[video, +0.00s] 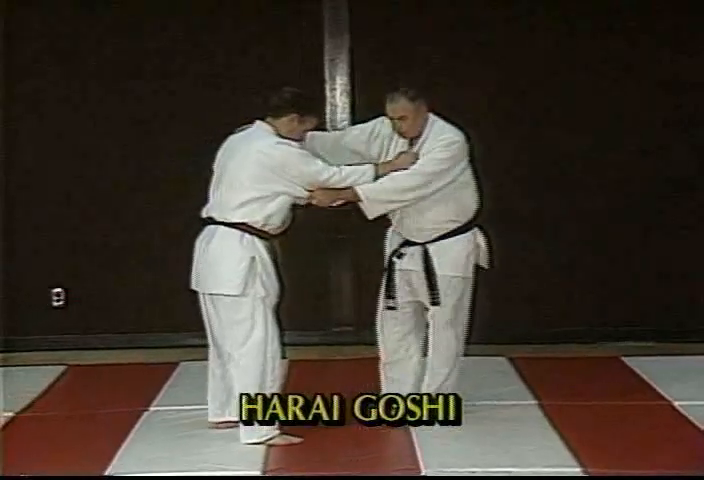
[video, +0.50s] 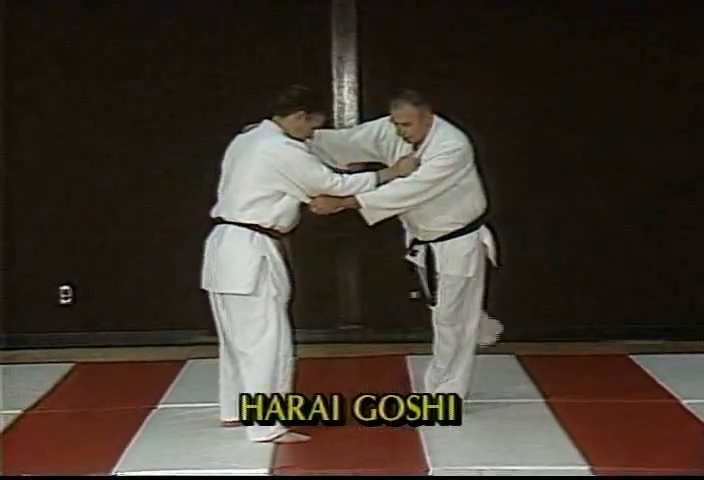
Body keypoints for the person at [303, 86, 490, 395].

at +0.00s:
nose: (397, 128)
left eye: (403, 120)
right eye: (393, 121)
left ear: (423, 112)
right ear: (388, 117)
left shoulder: (449, 142)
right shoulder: (384, 132)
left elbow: (413, 183)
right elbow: (338, 142)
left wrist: (349, 194)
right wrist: (289, 140)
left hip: (449, 244)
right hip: (402, 242)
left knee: (444, 330)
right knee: (396, 328)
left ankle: (436, 411)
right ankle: (396, 408)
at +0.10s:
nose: (398, 130)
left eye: (404, 122)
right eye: (393, 123)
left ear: (424, 114)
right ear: (388, 119)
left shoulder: (450, 143)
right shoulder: (386, 133)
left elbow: (412, 186)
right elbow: (340, 142)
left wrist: (346, 199)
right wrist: (289, 140)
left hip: (453, 243)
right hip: (408, 241)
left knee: (447, 328)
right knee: (403, 325)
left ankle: (440, 406)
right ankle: (403, 401)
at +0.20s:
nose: (400, 132)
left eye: (405, 124)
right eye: (395, 125)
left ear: (425, 115)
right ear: (390, 121)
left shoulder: (450, 144)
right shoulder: (387, 132)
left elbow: (414, 187)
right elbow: (340, 141)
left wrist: (347, 201)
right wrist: (290, 138)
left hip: (454, 245)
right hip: (412, 243)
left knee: (449, 329)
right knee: (412, 327)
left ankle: (443, 407)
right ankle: (419, 401)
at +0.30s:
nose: (400, 131)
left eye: (406, 124)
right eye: (395, 124)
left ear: (426, 116)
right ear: (391, 120)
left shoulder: (451, 146)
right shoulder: (386, 133)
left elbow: (412, 189)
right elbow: (341, 141)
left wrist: (346, 202)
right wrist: (291, 138)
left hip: (457, 243)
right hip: (419, 243)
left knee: (452, 325)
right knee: (429, 323)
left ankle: (447, 398)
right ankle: (436, 390)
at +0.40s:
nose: (401, 132)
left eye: (407, 124)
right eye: (396, 124)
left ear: (427, 116)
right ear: (392, 120)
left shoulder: (451, 146)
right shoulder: (388, 132)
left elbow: (412, 190)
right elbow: (343, 140)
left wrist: (344, 202)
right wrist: (294, 136)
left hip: (456, 242)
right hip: (422, 239)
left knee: (450, 322)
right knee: (437, 303)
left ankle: (441, 396)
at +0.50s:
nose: (402, 132)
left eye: (408, 125)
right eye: (397, 125)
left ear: (428, 117)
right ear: (392, 121)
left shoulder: (451, 146)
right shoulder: (390, 132)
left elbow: (413, 189)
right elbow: (345, 140)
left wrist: (345, 203)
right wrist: (294, 135)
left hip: (458, 242)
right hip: (422, 239)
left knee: (449, 321)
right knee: (440, 300)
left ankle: (443, 394)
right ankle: (485, 329)